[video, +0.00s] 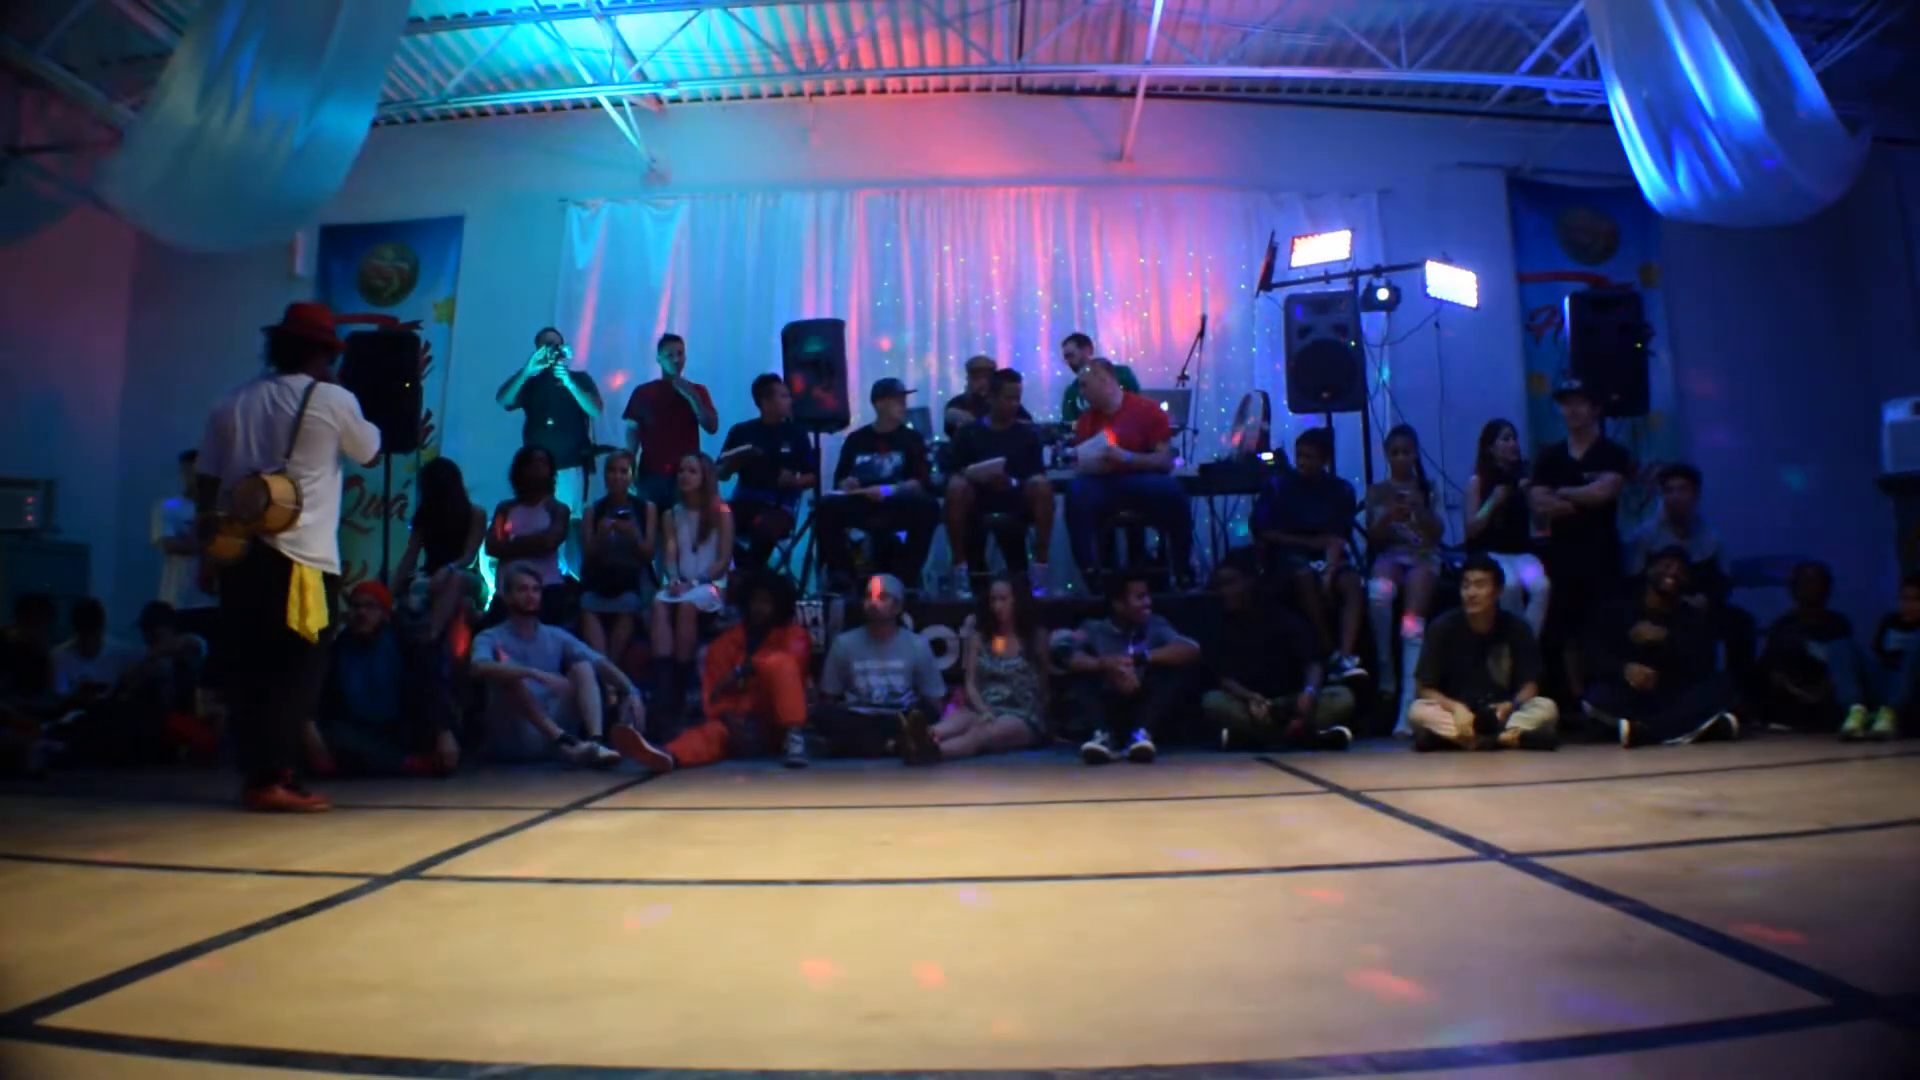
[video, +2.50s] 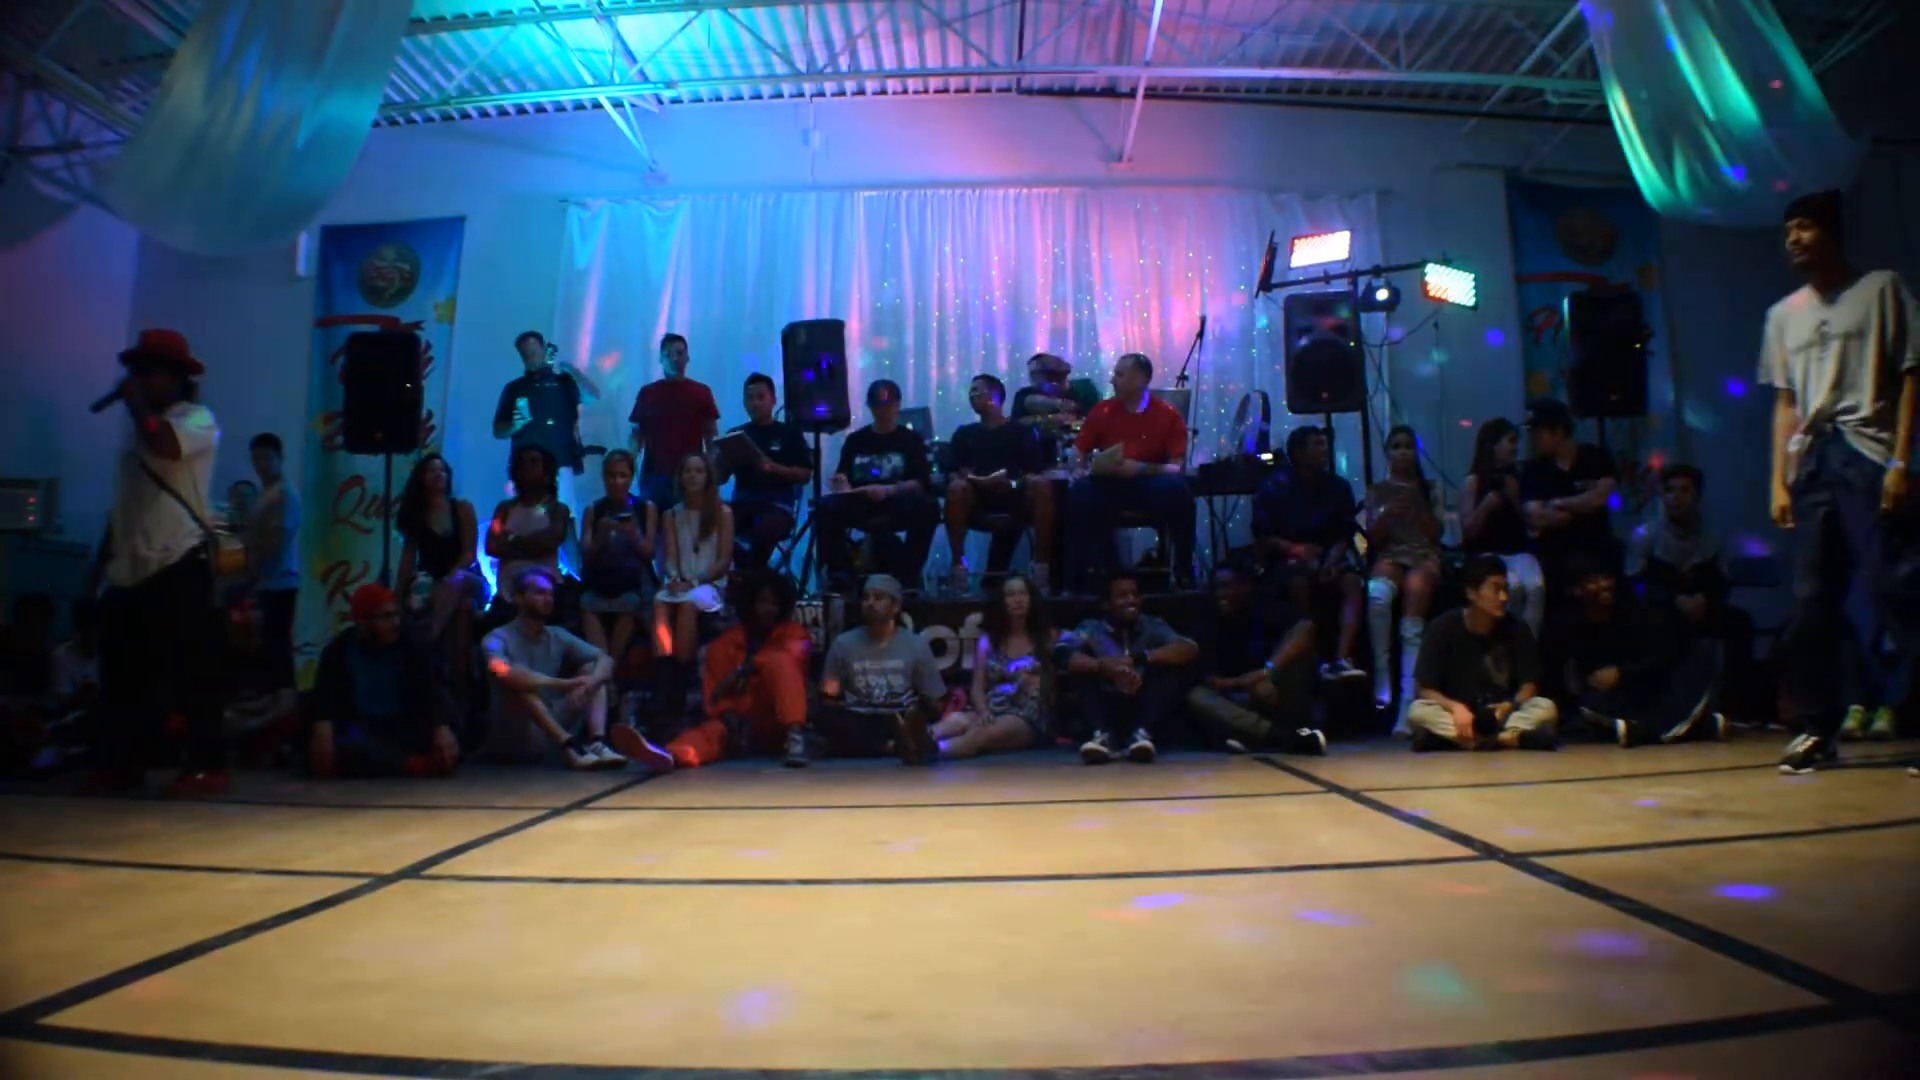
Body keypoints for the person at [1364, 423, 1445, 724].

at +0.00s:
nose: (1400, 459)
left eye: (1406, 452)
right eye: (1395, 452)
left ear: (1416, 454)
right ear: (1386, 456)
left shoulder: (1428, 489)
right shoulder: (1377, 492)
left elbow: (1436, 533)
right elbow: (1374, 536)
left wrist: (1417, 511)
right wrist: (1391, 516)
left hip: (1421, 553)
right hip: (1389, 554)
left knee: (1412, 623)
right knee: (1379, 592)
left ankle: (1408, 706)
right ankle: (1385, 668)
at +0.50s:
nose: (1398, 453)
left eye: (1404, 447)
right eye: (1392, 448)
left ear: (1416, 452)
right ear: (1385, 453)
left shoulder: (1429, 489)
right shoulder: (1377, 491)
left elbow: (1436, 533)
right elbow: (1373, 536)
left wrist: (1419, 507)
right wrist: (1389, 517)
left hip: (1422, 554)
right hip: (1389, 554)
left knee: (1412, 625)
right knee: (1378, 593)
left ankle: (1408, 709)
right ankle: (1385, 672)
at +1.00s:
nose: (1394, 453)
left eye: (1401, 447)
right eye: (1389, 448)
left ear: (1415, 453)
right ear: (1383, 453)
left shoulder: (1431, 489)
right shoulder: (1376, 492)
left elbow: (1437, 533)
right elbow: (1373, 536)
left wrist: (1418, 505)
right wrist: (1388, 514)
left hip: (1422, 554)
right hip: (1389, 554)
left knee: (1412, 628)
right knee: (1377, 596)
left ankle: (1407, 710)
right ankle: (1385, 670)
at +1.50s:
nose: (1396, 452)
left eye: (1403, 446)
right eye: (1391, 447)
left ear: (1416, 452)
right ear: (1385, 453)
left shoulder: (1433, 489)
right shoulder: (1378, 492)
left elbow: (1437, 534)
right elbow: (1373, 536)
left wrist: (1420, 506)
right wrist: (1387, 514)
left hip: (1422, 553)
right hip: (1390, 552)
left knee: (1413, 615)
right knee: (1378, 596)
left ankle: (1410, 697)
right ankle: (1385, 674)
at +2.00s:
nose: (1400, 453)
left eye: (1406, 446)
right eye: (1394, 447)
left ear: (1416, 452)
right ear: (1386, 453)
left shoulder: (1429, 489)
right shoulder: (1377, 491)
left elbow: (1434, 535)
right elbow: (1373, 536)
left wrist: (1423, 506)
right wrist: (1388, 513)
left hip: (1421, 552)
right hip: (1389, 551)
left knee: (1412, 627)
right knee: (1376, 597)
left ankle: (1407, 704)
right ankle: (1382, 673)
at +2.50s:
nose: (1402, 453)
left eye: (1407, 447)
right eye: (1396, 447)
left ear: (1416, 452)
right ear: (1387, 453)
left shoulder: (1431, 488)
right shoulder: (1377, 491)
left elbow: (1437, 533)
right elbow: (1373, 536)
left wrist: (1417, 509)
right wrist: (1388, 513)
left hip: (1422, 550)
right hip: (1390, 550)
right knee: (1378, 592)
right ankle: (1382, 675)